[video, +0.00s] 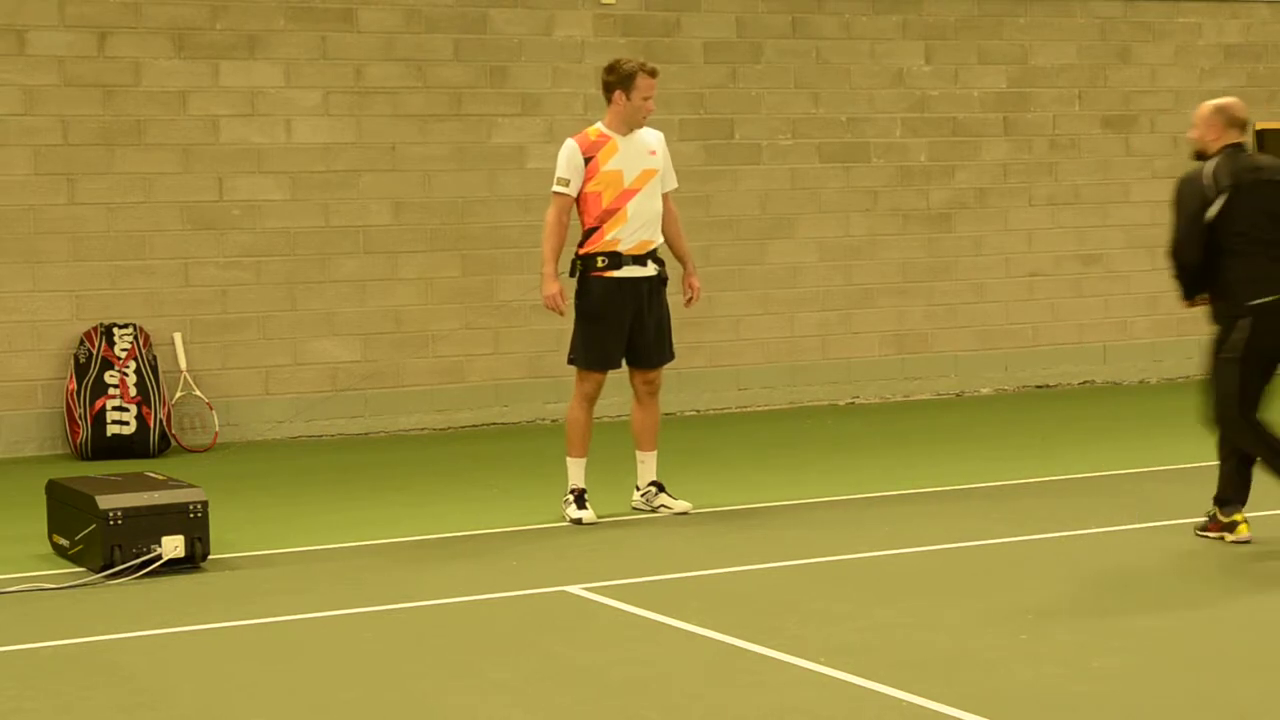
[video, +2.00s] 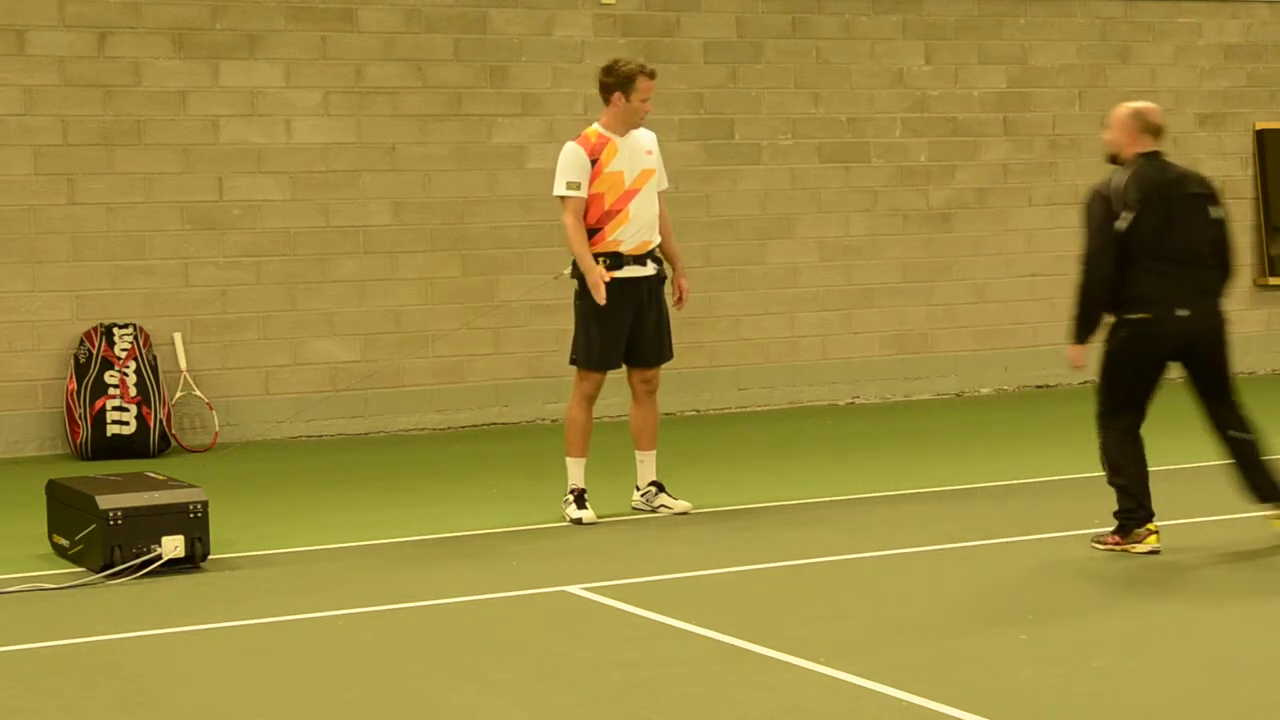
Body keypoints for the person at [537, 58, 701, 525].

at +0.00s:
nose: (652, 107)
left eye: (653, 99)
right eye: (646, 99)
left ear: (641, 99)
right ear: (618, 98)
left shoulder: (654, 142)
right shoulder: (579, 148)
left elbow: (666, 208)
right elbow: (558, 214)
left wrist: (687, 264)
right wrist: (549, 275)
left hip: (649, 281)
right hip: (601, 283)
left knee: (648, 384)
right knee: (588, 388)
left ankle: (647, 487)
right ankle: (576, 492)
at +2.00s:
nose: (649, 108)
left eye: (651, 100)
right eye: (643, 101)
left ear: (628, 100)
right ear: (616, 99)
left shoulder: (647, 141)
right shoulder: (580, 150)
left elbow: (657, 209)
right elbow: (571, 216)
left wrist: (676, 266)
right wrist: (589, 269)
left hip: (648, 279)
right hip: (602, 281)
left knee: (646, 384)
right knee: (587, 388)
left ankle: (647, 487)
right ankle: (576, 492)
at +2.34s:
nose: (651, 105)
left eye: (652, 98)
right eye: (646, 98)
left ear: (633, 99)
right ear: (618, 98)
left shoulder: (650, 143)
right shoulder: (579, 149)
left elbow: (677, 204)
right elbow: (568, 215)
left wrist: (721, 243)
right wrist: (582, 266)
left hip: (647, 281)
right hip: (601, 282)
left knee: (646, 383)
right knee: (586, 388)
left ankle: (647, 488)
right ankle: (575, 494)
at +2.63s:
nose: (648, 105)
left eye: (649, 98)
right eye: (642, 98)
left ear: (632, 99)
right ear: (615, 98)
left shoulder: (652, 142)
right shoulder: (578, 149)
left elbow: (706, 177)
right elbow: (568, 213)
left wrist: (768, 198)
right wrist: (577, 266)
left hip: (646, 279)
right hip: (599, 280)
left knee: (646, 383)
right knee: (587, 387)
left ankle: (648, 487)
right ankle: (576, 493)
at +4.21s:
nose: (620, 113)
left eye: (626, 105)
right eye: (611, 105)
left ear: (634, 101)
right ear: (594, 101)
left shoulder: (651, 143)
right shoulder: (574, 151)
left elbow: (686, 197)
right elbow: (556, 214)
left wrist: (733, 239)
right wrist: (553, 263)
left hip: (645, 280)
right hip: (597, 282)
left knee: (645, 384)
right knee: (586, 387)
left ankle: (647, 487)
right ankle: (575, 493)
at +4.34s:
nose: (617, 113)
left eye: (623, 105)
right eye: (609, 105)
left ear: (631, 101)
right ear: (591, 101)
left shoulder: (649, 142)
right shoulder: (572, 151)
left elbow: (663, 207)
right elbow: (553, 213)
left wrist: (680, 262)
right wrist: (543, 263)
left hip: (646, 279)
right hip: (598, 282)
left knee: (646, 383)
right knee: (586, 387)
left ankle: (647, 487)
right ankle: (576, 492)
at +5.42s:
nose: (617, 110)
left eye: (625, 102)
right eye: (614, 101)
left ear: (645, 102)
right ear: (611, 101)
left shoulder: (683, 143)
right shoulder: (603, 146)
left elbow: (703, 218)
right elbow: (571, 205)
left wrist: (719, 274)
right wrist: (523, 245)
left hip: (668, 278)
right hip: (617, 277)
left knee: (662, 384)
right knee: (598, 383)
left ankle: (656, 487)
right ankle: (577, 489)